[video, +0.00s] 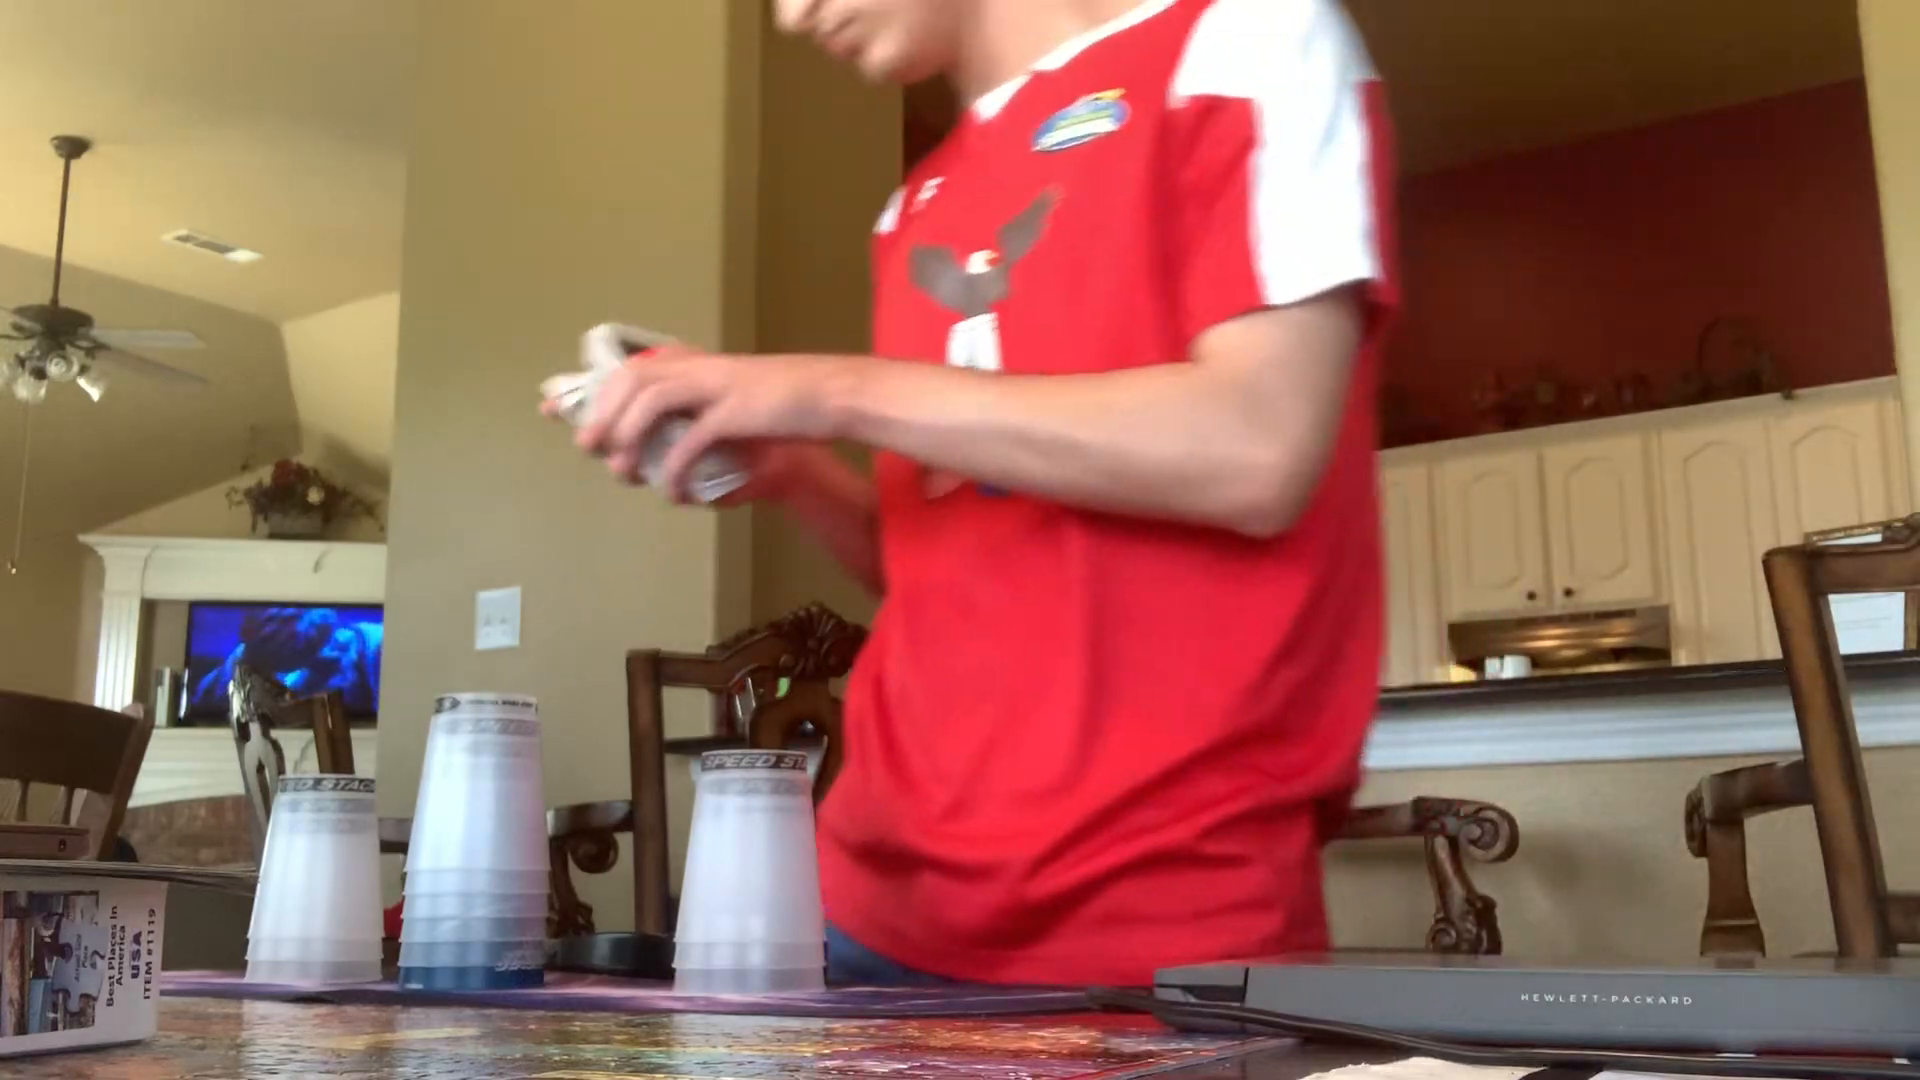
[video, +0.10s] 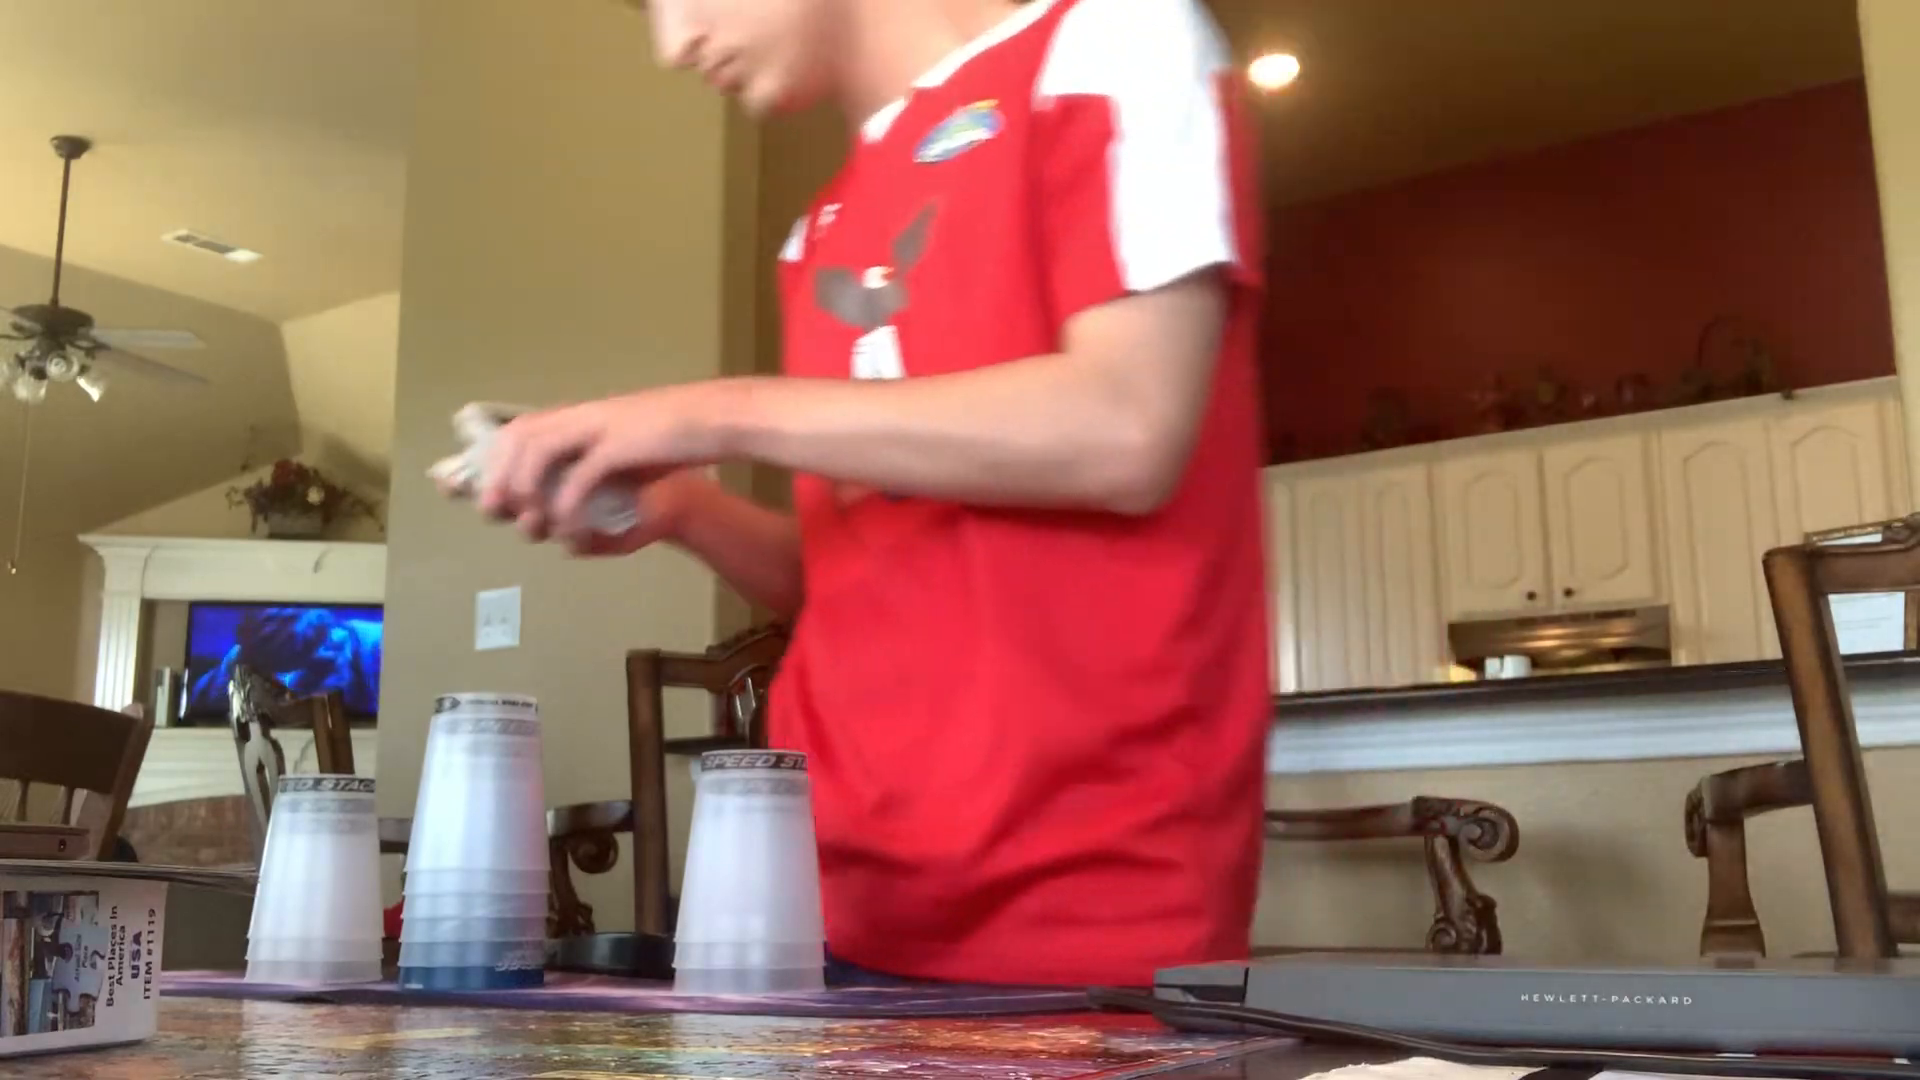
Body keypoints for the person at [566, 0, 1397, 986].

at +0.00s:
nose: (790, 10)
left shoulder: (1260, 39)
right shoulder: (917, 207)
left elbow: (1257, 446)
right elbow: (955, 576)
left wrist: (826, 389)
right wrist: (794, 471)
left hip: (1154, 948)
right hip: (887, 931)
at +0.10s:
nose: (673, 40)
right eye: (658, 11)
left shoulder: (1126, 41)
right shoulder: (823, 233)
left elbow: (1124, 430)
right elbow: (868, 585)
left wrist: (714, 412)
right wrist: (686, 505)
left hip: (1090, 929)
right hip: (849, 927)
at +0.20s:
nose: (562, 75)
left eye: (559, 12)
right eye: (535, 42)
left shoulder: (996, 41)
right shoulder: (730, 251)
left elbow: (1012, 419)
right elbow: (787, 589)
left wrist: (620, 418)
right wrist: (573, 538)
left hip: (1021, 921)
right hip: (772, 934)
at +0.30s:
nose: (465, 100)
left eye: (461, 32)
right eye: (441, 62)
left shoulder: (903, 54)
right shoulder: (637, 264)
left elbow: (948, 415)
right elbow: (695, 591)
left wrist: (561, 429)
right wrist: (434, 605)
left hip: (973, 919)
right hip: (693, 925)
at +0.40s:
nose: (398, 120)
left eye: (392, 47)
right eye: (368, 80)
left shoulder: (842, 53)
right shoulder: (560, 286)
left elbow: (943, 401)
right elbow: (576, 613)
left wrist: (545, 426)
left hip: (942, 906)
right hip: (662, 921)